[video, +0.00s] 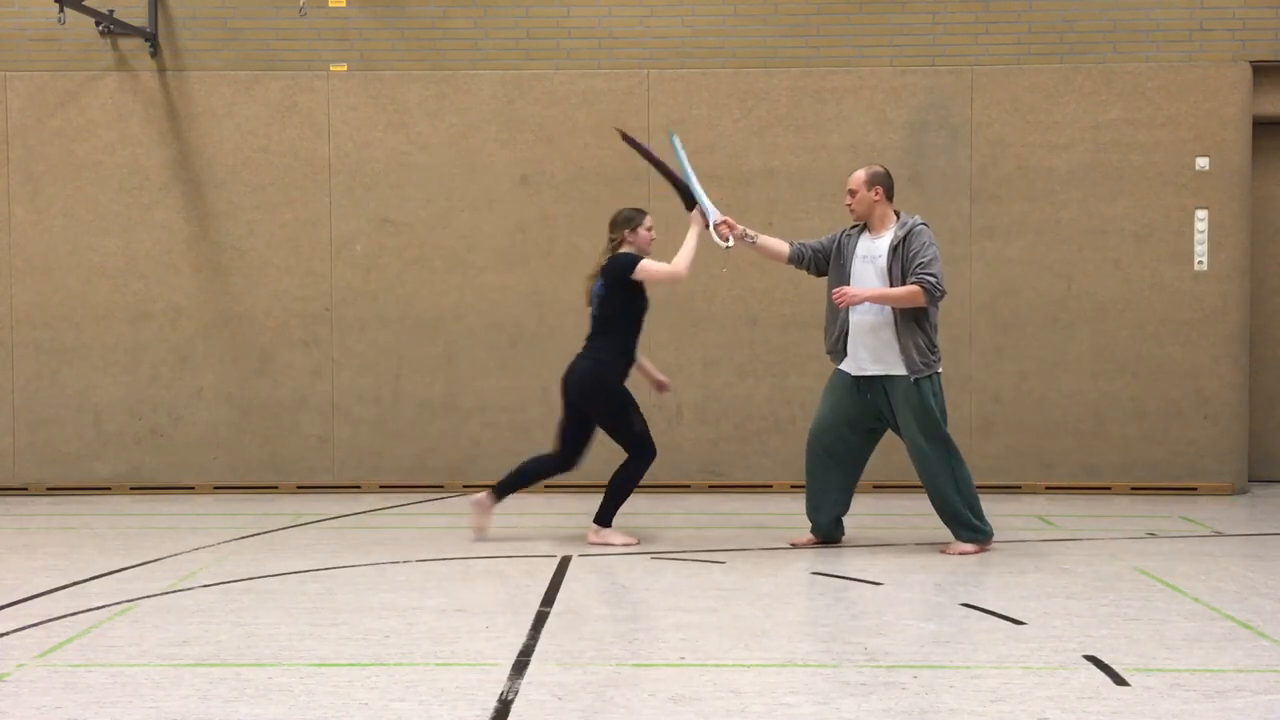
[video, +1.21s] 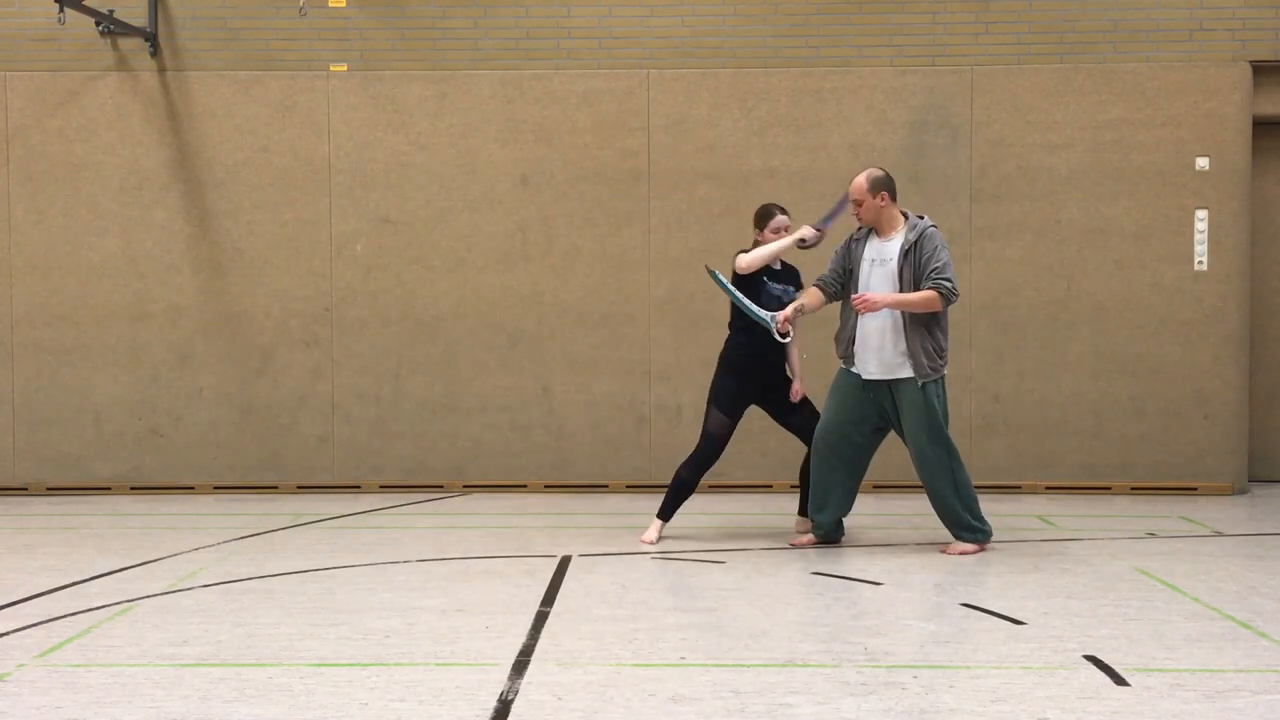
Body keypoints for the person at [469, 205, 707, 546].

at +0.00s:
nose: (653, 235)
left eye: (653, 230)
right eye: (648, 230)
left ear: (627, 236)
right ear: (629, 234)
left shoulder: (613, 269)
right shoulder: (624, 264)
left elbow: (614, 337)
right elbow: (677, 271)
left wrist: (651, 374)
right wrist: (696, 228)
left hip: (582, 378)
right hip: (600, 381)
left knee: (566, 458)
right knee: (643, 452)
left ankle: (489, 499)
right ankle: (601, 528)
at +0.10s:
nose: (684, 224)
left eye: (683, 218)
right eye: (678, 219)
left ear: (659, 224)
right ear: (658, 222)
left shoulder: (656, 264)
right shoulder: (643, 249)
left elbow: (659, 333)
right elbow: (694, 236)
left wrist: (696, 369)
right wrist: (719, 201)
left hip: (635, 368)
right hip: (624, 368)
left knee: (655, 446)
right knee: (646, 449)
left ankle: (591, 494)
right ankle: (601, 528)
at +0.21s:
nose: (707, 218)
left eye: (707, 212)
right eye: (701, 213)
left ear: (689, 217)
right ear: (683, 216)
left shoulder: (684, 262)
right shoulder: (663, 244)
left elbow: (686, 327)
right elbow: (706, 224)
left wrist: (722, 364)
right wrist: (743, 200)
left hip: (673, 366)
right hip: (649, 364)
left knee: (711, 434)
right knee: (643, 448)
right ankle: (602, 526)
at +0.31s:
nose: (735, 219)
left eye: (736, 215)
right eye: (730, 214)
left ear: (725, 217)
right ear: (713, 217)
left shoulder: (722, 266)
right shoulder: (691, 247)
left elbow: (716, 326)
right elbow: (722, 231)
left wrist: (747, 365)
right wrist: (767, 210)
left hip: (708, 366)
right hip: (679, 364)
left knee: (753, 436)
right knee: (652, 444)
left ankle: (777, 516)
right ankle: (607, 520)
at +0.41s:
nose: (763, 229)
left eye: (762, 223)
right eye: (756, 224)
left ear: (742, 231)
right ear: (736, 231)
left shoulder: (752, 275)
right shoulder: (717, 261)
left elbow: (747, 333)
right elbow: (744, 248)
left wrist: (771, 369)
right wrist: (787, 227)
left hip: (745, 379)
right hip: (711, 378)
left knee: (800, 440)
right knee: (674, 447)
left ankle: (805, 522)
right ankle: (617, 520)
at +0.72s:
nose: (813, 235)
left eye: (812, 230)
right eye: (805, 230)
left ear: (800, 238)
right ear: (785, 238)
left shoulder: (810, 282)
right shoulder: (767, 266)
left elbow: (804, 337)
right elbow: (771, 268)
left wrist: (812, 379)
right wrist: (819, 245)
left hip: (786, 382)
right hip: (750, 378)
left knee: (835, 435)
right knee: (709, 448)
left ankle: (807, 518)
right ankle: (653, 519)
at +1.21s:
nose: (784, 237)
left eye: (787, 231)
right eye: (777, 231)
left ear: (790, 233)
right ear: (760, 233)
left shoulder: (791, 275)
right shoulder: (744, 260)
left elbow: (790, 330)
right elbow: (746, 265)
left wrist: (797, 377)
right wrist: (795, 238)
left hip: (773, 376)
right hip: (736, 374)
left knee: (822, 437)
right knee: (708, 451)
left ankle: (805, 520)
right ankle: (658, 524)